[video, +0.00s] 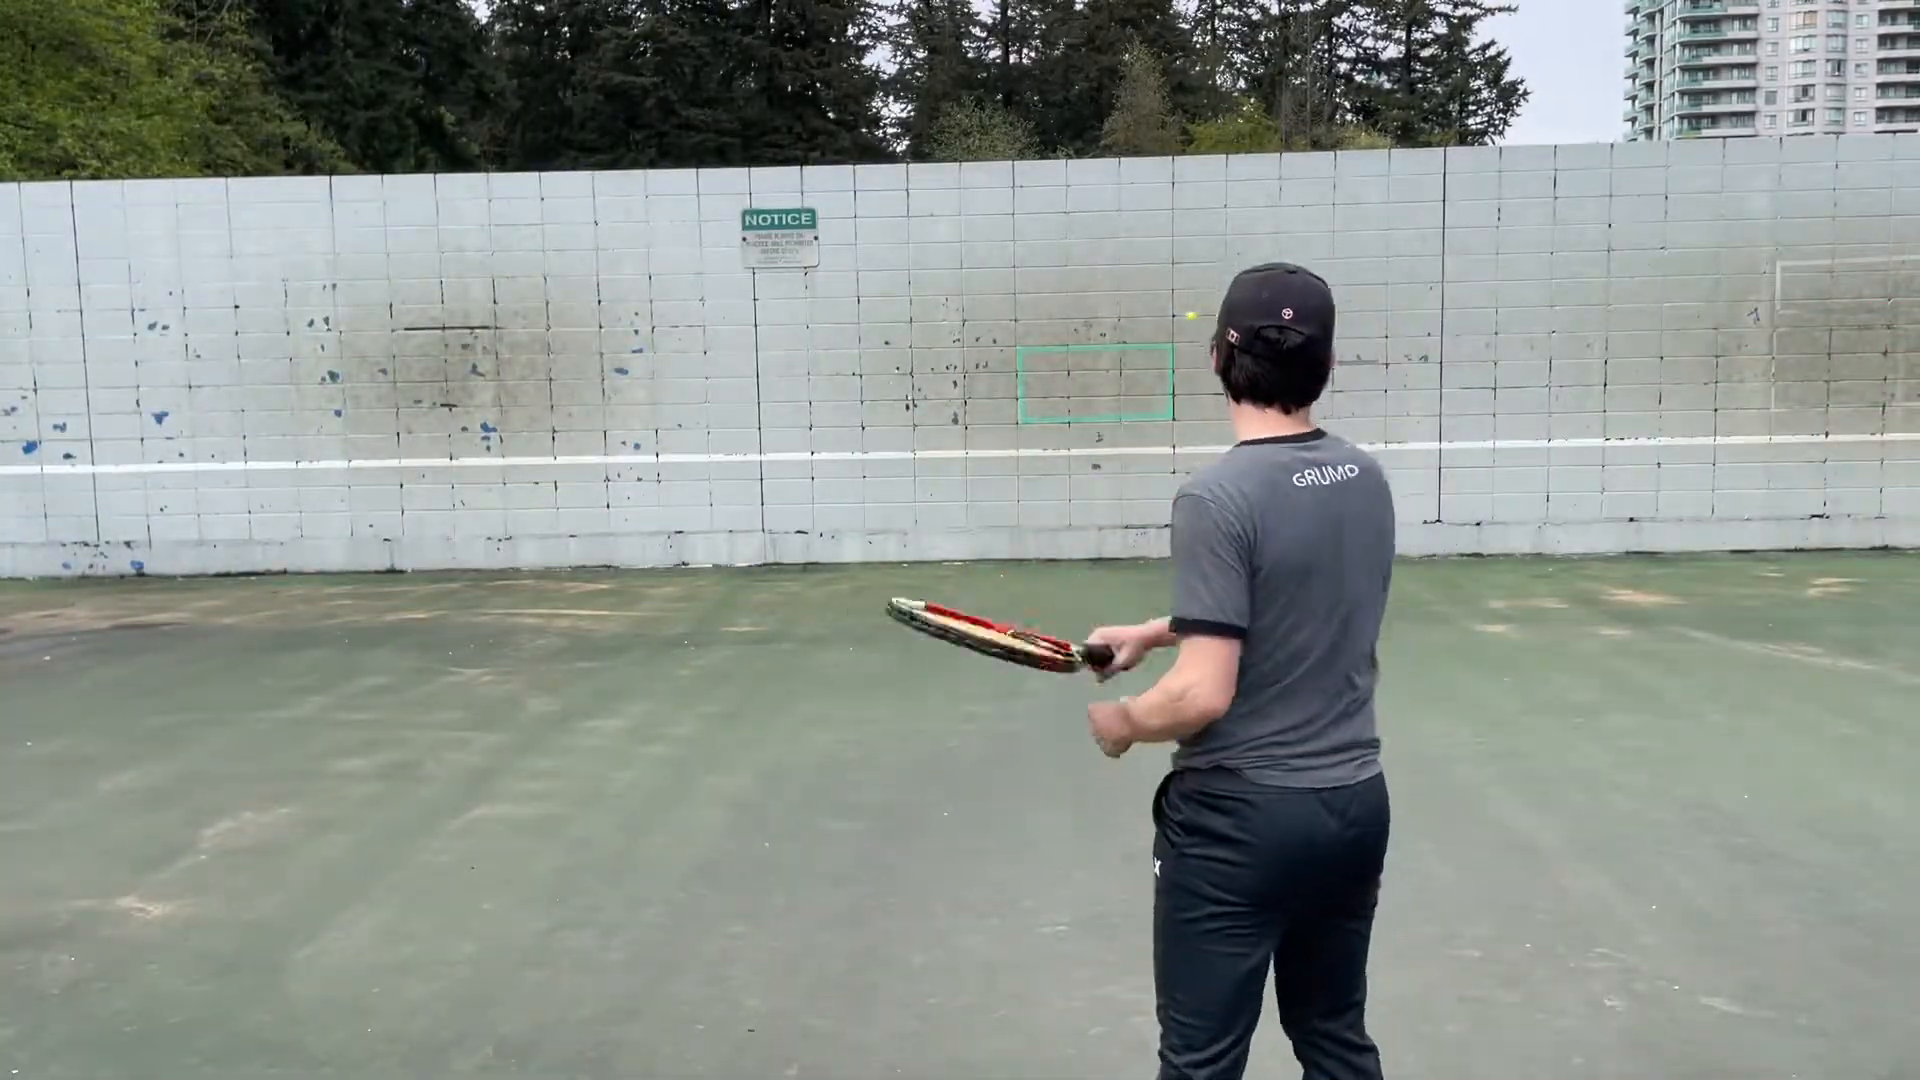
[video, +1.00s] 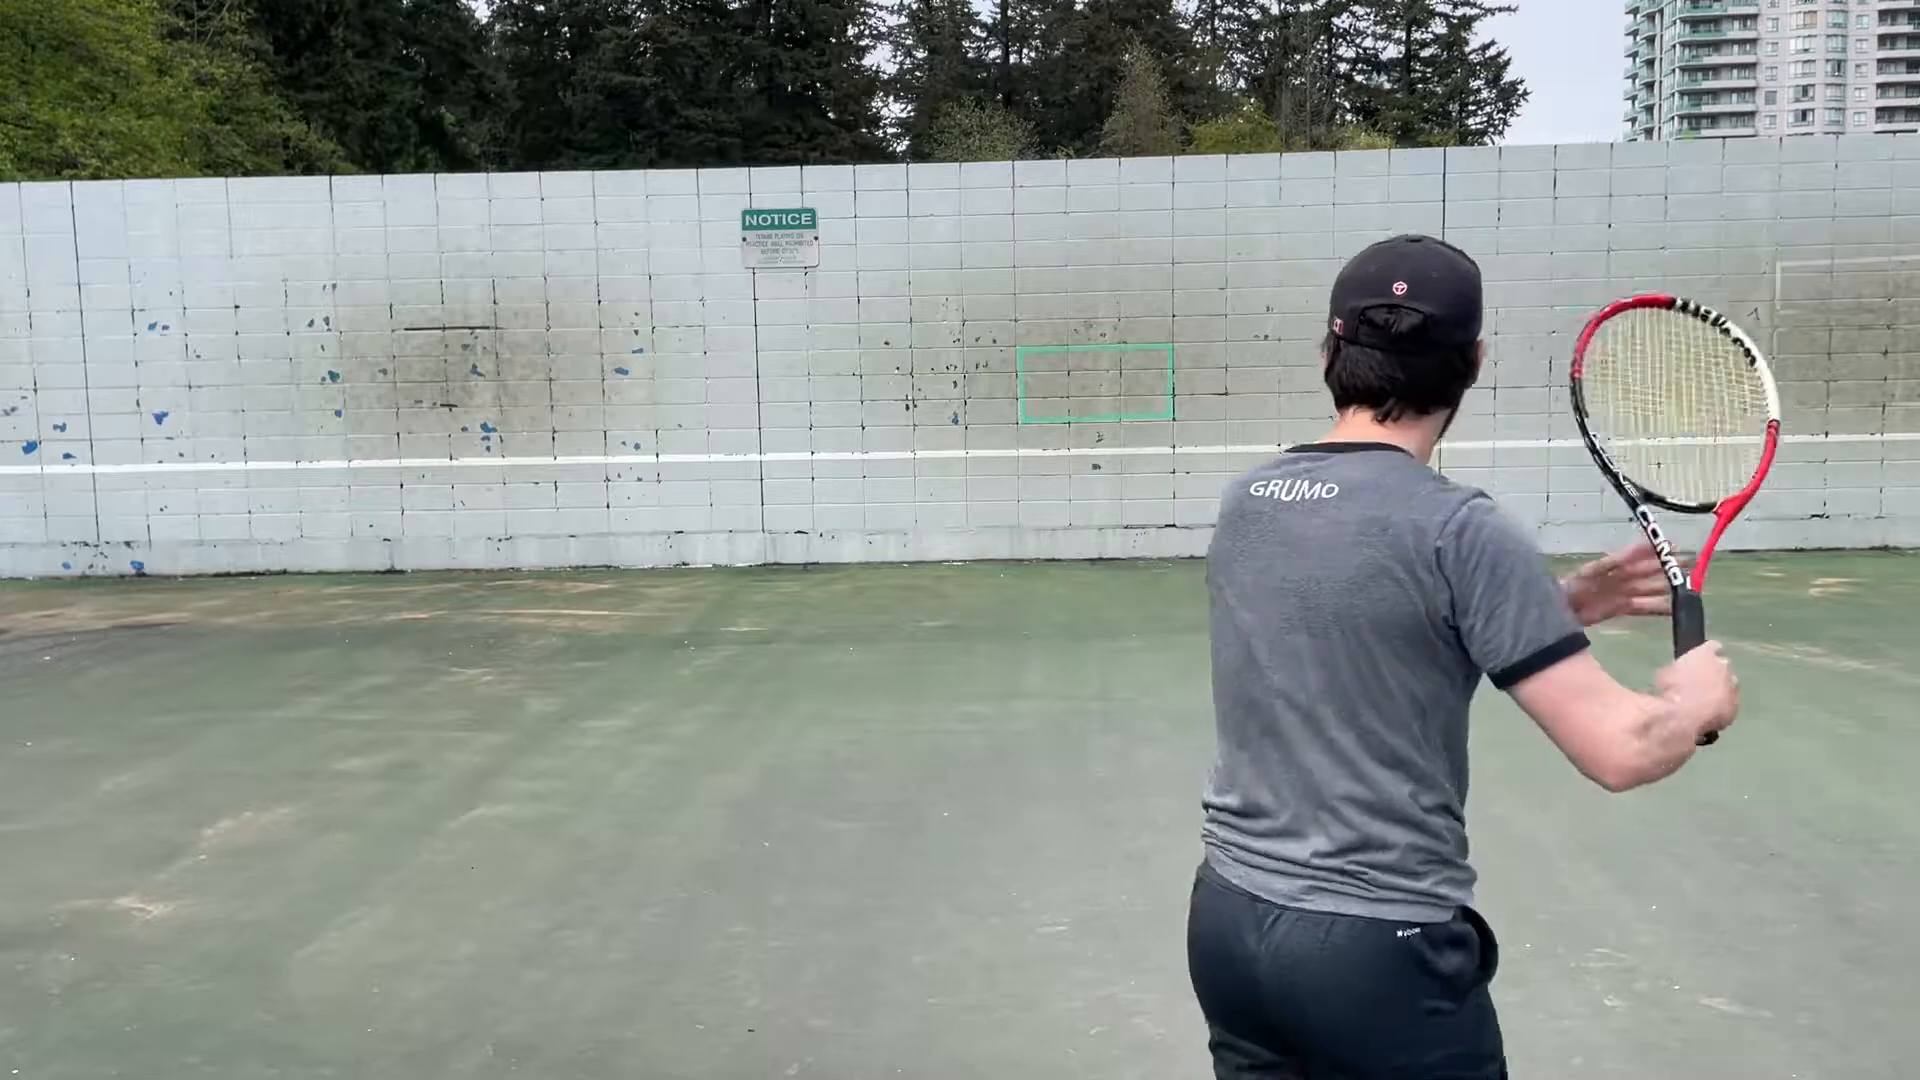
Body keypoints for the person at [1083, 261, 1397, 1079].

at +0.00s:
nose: (1211, 348)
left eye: (1215, 338)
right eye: (1223, 335)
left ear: (1222, 357)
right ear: (1326, 364)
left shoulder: (1218, 496)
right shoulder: (1365, 479)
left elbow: (1205, 693)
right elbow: (1288, 606)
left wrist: (1130, 720)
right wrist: (1152, 634)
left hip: (1234, 816)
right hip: (1349, 808)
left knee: (1200, 1056)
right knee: (1334, 1029)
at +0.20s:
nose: (1177, 355)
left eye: (1179, 347)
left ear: (1180, 364)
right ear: (1283, 371)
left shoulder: (1126, 497)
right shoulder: (1346, 495)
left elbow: (1096, 687)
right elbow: (1391, 673)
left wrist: (1095, 728)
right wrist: (1295, 724)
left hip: (1177, 839)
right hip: (1313, 833)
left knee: (1183, 1067)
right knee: (1333, 1058)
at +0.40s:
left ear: (1193, 361)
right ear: (1305, 373)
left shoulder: (1111, 498)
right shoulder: (1350, 509)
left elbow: (1082, 692)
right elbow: (1397, 709)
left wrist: (1152, 729)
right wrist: (1296, 759)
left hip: (1158, 858)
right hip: (1301, 862)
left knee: (1173, 1072)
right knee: (1337, 1070)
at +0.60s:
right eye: (1375, 363)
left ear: (1242, 372)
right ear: (1365, 386)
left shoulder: (1155, 520)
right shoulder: (1393, 540)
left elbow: (1138, 707)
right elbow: (1434, 762)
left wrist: (1236, 745)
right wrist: (1337, 795)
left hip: (1173, 894)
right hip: (1320, 909)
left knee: (1187, 1069)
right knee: (1352, 1068)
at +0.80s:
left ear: (1302, 384)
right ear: (1431, 402)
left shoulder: (1212, 532)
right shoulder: (1455, 556)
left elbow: (1246, 712)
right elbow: (1536, 791)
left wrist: (1430, 787)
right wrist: (1467, 788)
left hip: (1213, 948)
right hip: (1373, 965)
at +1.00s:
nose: (1484, 357)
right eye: (1481, 342)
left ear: (1332, 347)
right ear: (1472, 365)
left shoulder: (1249, 503)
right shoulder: (1458, 528)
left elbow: (1375, 638)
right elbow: (1620, 750)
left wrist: (1570, 602)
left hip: (1231, 926)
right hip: (1388, 956)